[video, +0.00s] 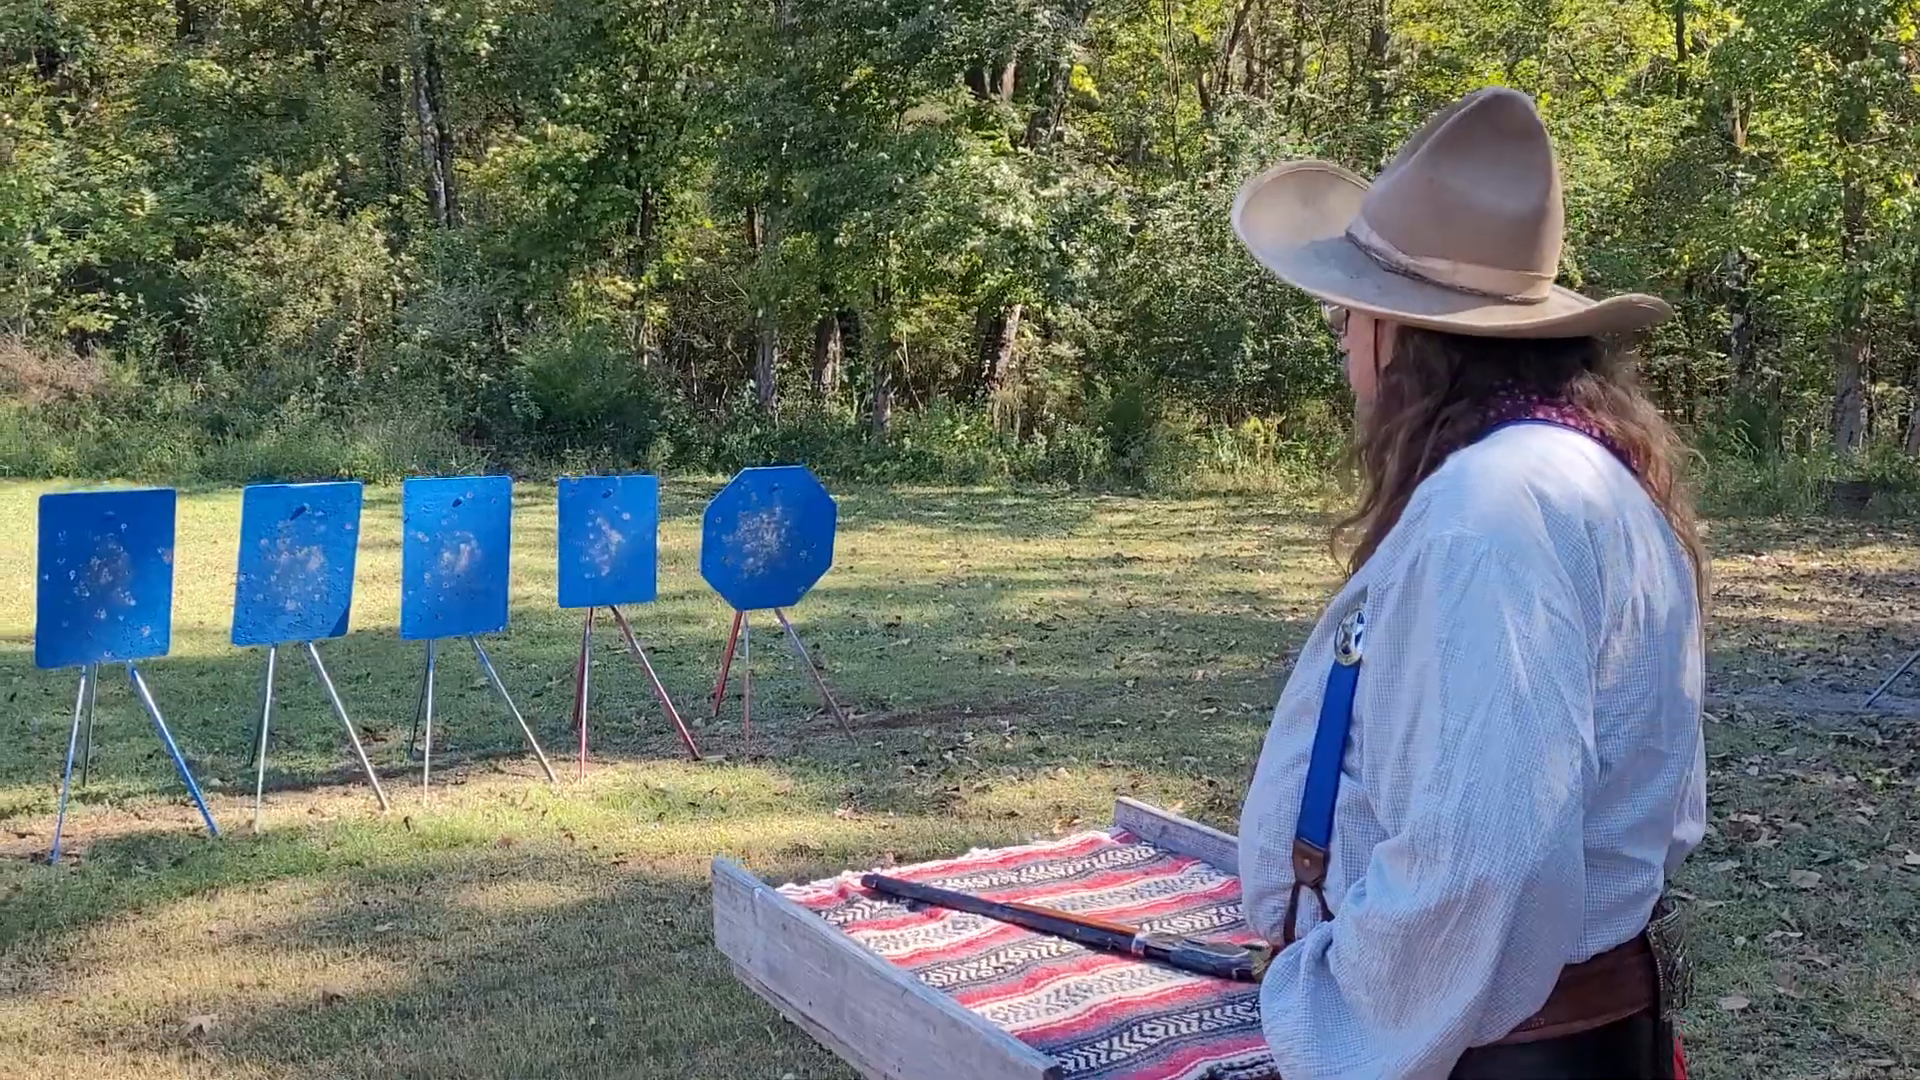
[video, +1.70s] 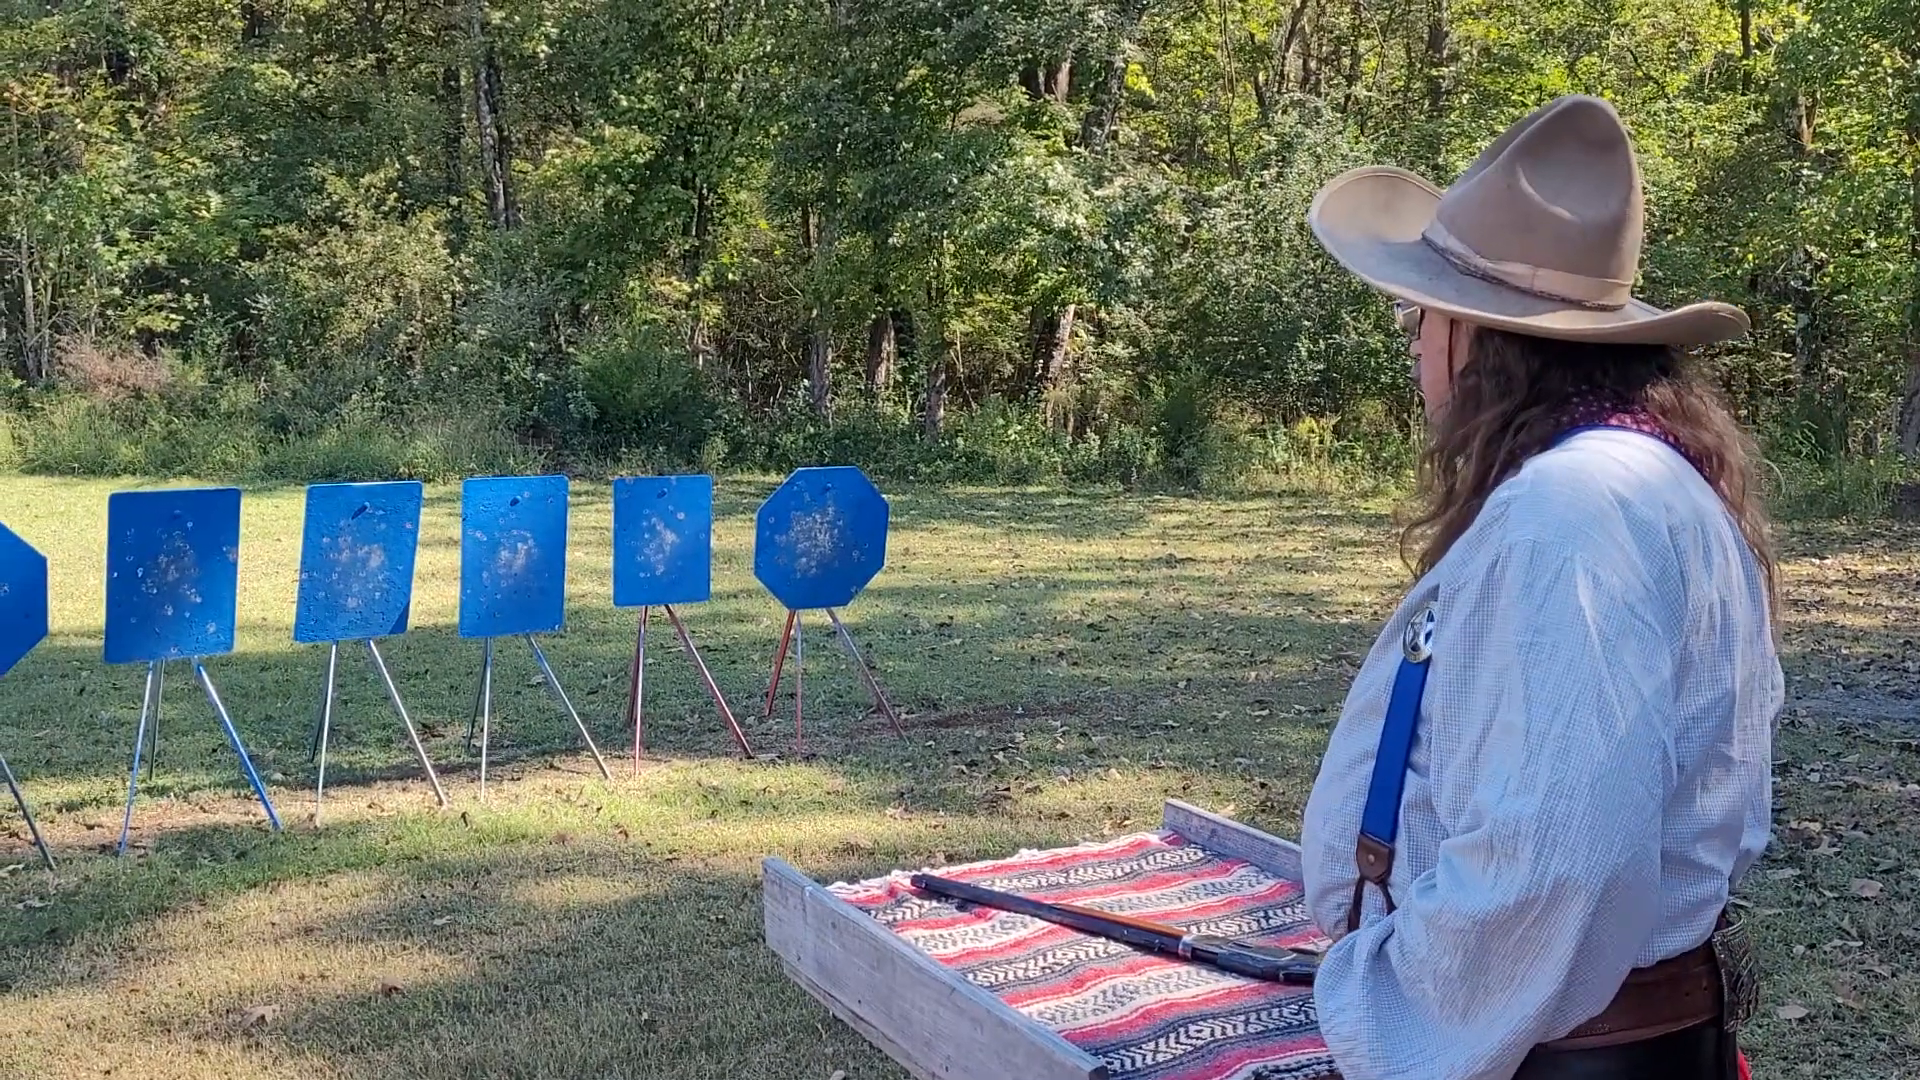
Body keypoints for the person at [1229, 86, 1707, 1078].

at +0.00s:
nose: (1339, 333)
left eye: (1353, 309)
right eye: (1345, 309)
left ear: (1411, 335)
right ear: (1518, 325)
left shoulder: (1498, 504)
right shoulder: (1589, 470)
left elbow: (1481, 853)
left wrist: (1320, 1001)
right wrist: (1340, 896)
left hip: (1508, 1034)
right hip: (1593, 1001)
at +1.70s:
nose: (1413, 341)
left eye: (1425, 316)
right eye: (1419, 315)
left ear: (1486, 340)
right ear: (1586, 335)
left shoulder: (1573, 507)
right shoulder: (1656, 475)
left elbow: (1550, 851)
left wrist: (1379, 981)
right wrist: (1399, 903)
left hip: (1577, 1036)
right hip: (1658, 1003)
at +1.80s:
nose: (1402, 343)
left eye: (1413, 318)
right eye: (1406, 318)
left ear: (1476, 337)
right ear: (1583, 332)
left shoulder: (1560, 511)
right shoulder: (1667, 475)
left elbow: (1565, 862)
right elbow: (1783, 662)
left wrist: (1370, 992)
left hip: (1573, 1035)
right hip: (1676, 998)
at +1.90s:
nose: (1389, 345)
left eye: (1400, 321)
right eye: (1393, 320)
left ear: (1463, 343)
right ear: (1564, 336)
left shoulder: (1560, 518)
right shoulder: (1653, 474)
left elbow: (1554, 883)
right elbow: (1773, 663)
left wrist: (1347, 1026)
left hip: (1572, 1039)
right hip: (1672, 999)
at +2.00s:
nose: (1370, 344)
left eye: (1384, 319)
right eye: (1376, 319)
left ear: (1450, 344)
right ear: (1536, 337)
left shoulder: (1567, 517)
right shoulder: (1609, 484)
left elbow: (1570, 893)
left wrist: (1353, 1043)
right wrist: (1396, 933)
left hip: (1585, 1040)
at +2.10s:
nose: (1358, 347)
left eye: (1373, 323)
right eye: (1364, 322)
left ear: (1444, 347)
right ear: (1502, 339)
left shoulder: (1567, 520)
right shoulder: (1529, 491)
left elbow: (1583, 902)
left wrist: (1372, 1051)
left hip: (1573, 1040)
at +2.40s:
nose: (1346, 338)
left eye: (1359, 314)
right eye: (1351, 313)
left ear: (1422, 338)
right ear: (1499, 334)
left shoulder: (1548, 531)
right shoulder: (1499, 487)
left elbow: (1582, 931)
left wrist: (1432, 1062)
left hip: (1479, 1032)